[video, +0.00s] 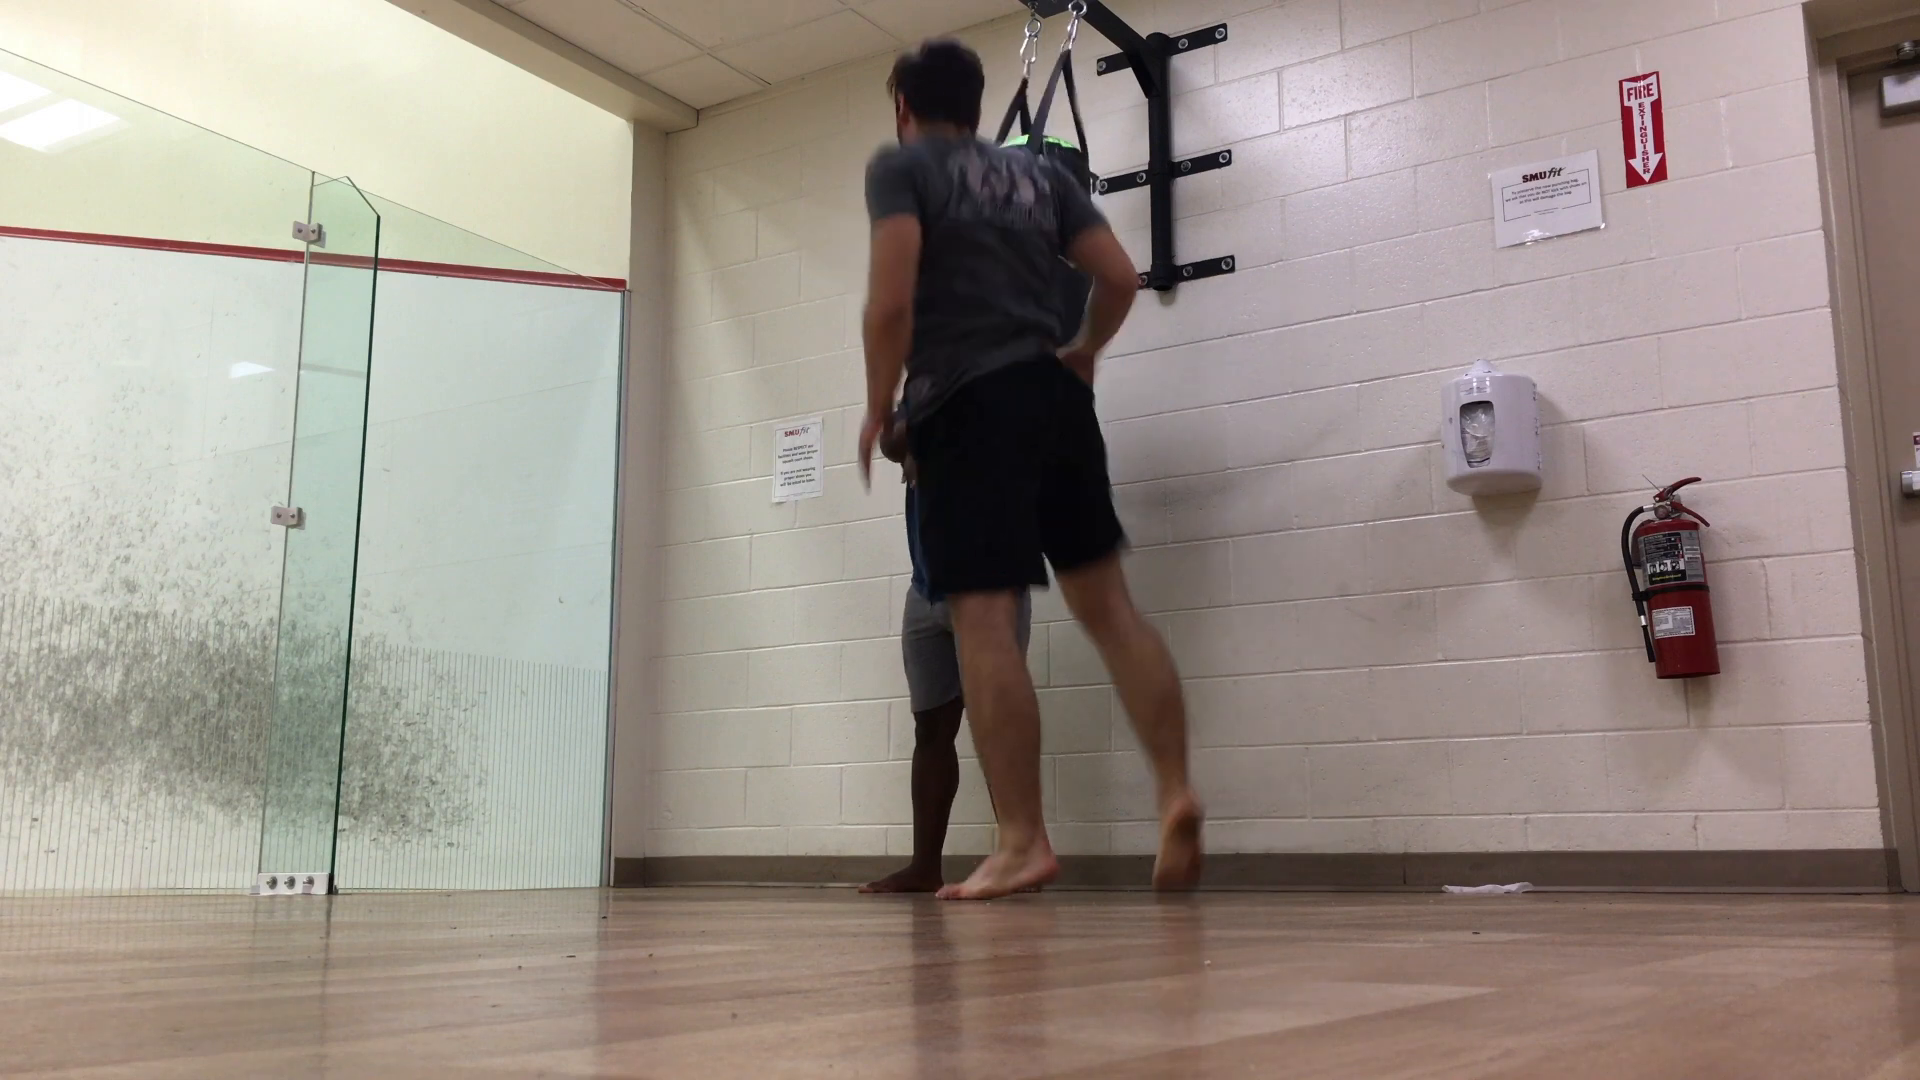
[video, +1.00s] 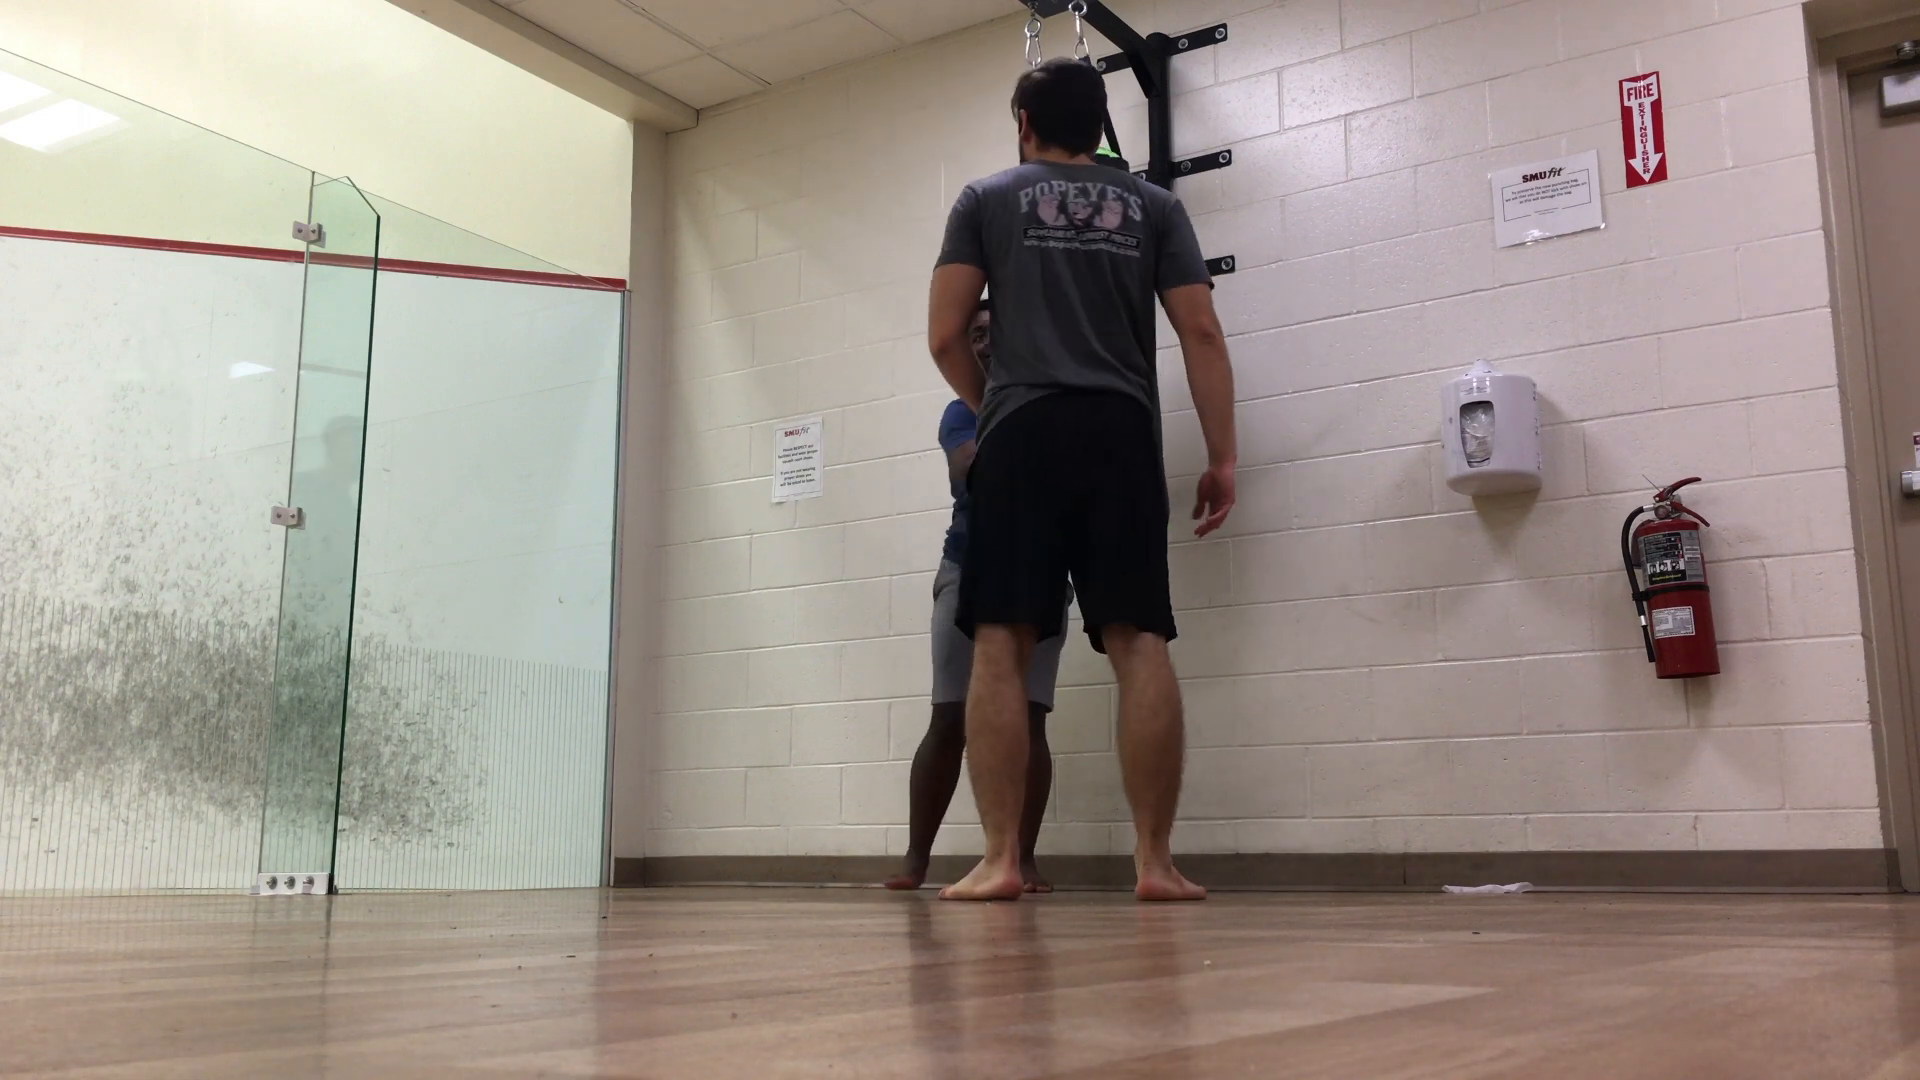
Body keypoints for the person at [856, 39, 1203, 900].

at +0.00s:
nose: (891, 123)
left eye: (892, 111)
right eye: (894, 111)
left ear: (903, 109)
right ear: (978, 110)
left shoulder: (900, 164)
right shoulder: (1040, 171)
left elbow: (891, 304)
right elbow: (1119, 276)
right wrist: (1082, 352)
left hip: (967, 417)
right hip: (1059, 404)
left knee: (985, 630)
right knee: (1109, 608)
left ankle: (1022, 843)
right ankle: (1177, 790)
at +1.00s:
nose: (1016, 137)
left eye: (1015, 126)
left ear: (1025, 129)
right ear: (1104, 131)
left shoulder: (986, 199)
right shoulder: (1155, 206)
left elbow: (945, 335)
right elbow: (1201, 332)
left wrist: (992, 412)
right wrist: (1223, 455)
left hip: (1020, 443)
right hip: (1124, 443)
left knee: (999, 646)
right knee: (1140, 642)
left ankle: (1003, 860)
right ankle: (1154, 861)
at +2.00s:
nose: (921, 126)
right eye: (919, 115)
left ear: (837, 130)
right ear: (914, 118)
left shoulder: (801, 219)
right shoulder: (921, 166)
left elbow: (794, 368)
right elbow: (943, 281)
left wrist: (793, 487)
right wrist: (991, 407)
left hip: (828, 440)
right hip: (909, 426)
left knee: (854, 642)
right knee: (936, 629)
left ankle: (884, 860)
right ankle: (775, 782)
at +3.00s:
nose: (923, 174)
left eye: (917, 164)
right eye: (922, 163)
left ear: (846, 168)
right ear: (911, 158)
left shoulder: (817, 237)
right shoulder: (897, 203)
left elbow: (817, 356)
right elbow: (893, 316)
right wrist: (930, 445)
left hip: (802, 450)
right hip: (863, 448)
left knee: (830, 653)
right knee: (903, 644)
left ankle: (863, 857)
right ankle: (756, 775)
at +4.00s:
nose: (957, 224)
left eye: (955, 214)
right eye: (957, 212)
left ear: (884, 205)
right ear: (942, 201)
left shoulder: (857, 266)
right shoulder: (922, 224)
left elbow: (863, 395)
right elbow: (897, 306)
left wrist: (943, 447)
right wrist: (968, 408)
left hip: (830, 465)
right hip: (890, 462)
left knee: (851, 663)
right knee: (935, 650)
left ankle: (871, 860)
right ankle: (980, 852)